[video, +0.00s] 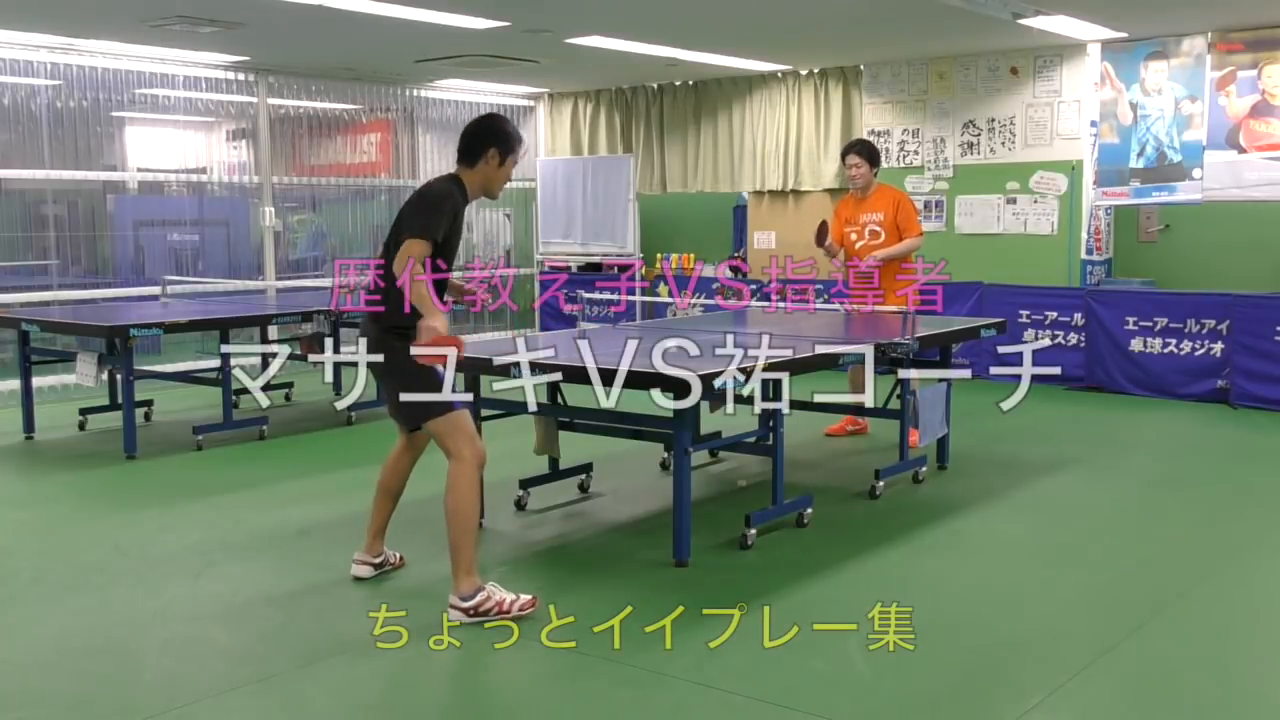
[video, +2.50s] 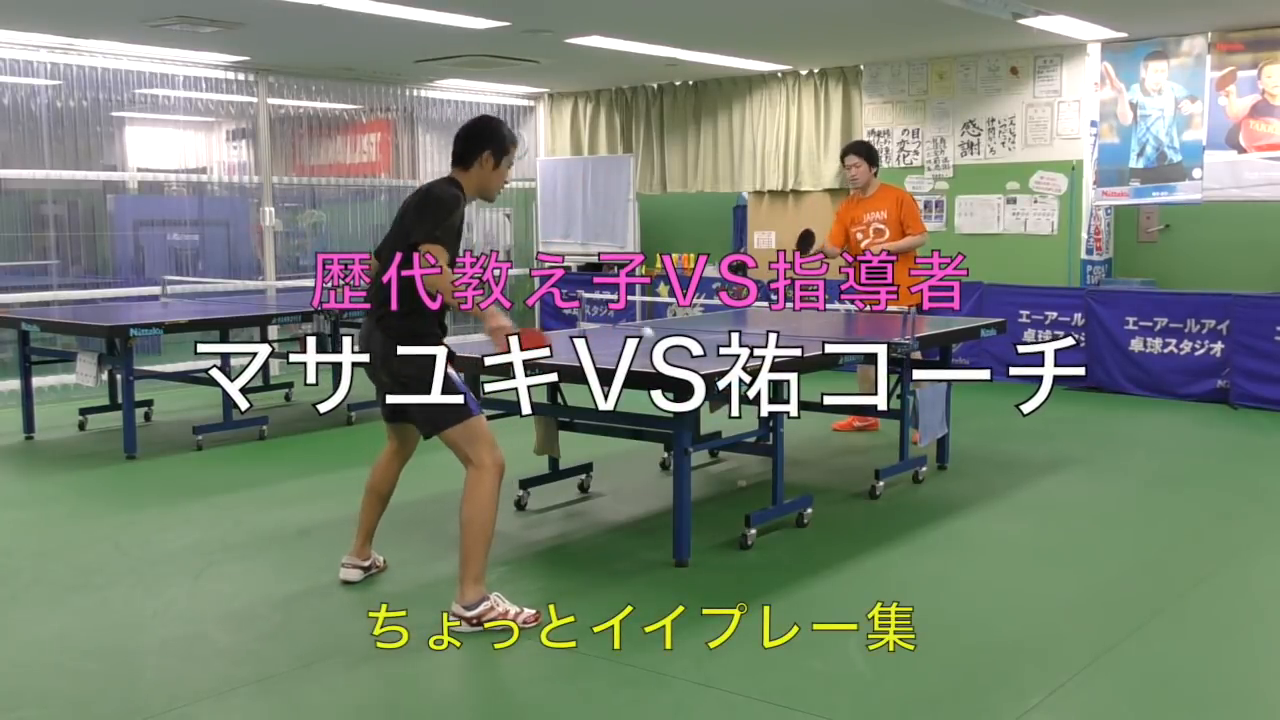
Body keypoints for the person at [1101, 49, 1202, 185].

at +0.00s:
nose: (1159, 76)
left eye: (1163, 71)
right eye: (1155, 71)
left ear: (1168, 72)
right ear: (1144, 72)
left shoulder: (1173, 89)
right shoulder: (1135, 91)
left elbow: (1199, 105)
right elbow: (1125, 121)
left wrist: (1192, 107)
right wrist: (1121, 94)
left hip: (1171, 161)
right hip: (1142, 163)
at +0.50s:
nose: (1159, 77)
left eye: (1162, 71)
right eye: (1154, 71)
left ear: (1168, 72)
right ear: (1144, 72)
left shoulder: (1174, 89)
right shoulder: (1135, 91)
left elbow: (1199, 105)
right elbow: (1125, 121)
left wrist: (1191, 107)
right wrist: (1121, 94)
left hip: (1171, 161)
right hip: (1142, 163)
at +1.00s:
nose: (1159, 77)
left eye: (1163, 71)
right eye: (1155, 71)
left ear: (1168, 73)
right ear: (1144, 72)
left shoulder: (1174, 89)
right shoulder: (1135, 91)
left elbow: (1199, 105)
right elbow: (1125, 120)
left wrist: (1191, 107)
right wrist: (1122, 94)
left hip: (1171, 161)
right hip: (1142, 163)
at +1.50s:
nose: (1159, 77)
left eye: (1163, 71)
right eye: (1155, 71)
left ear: (1168, 73)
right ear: (1144, 72)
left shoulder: (1173, 89)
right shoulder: (1135, 91)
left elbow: (1199, 106)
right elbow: (1125, 121)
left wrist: (1191, 107)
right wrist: (1121, 94)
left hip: (1171, 161)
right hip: (1142, 163)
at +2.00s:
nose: (1159, 77)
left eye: (1163, 71)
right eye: (1155, 71)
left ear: (1168, 73)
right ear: (1144, 72)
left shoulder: (1173, 89)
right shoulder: (1135, 91)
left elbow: (1199, 106)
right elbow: (1125, 121)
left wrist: (1191, 107)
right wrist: (1121, 94)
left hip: (1171, 161)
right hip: (1141, 163)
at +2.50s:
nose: (1159, 76)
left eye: (1163, 71)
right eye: (1155, 71)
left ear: (1168, 73)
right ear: (1144, 72)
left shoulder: (1173, 89)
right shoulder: (1135, 91)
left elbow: (1199, 105)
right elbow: (1125, 120)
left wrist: (1191, 107)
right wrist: (1121, 94)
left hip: (1171, 161)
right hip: (1141, 163)